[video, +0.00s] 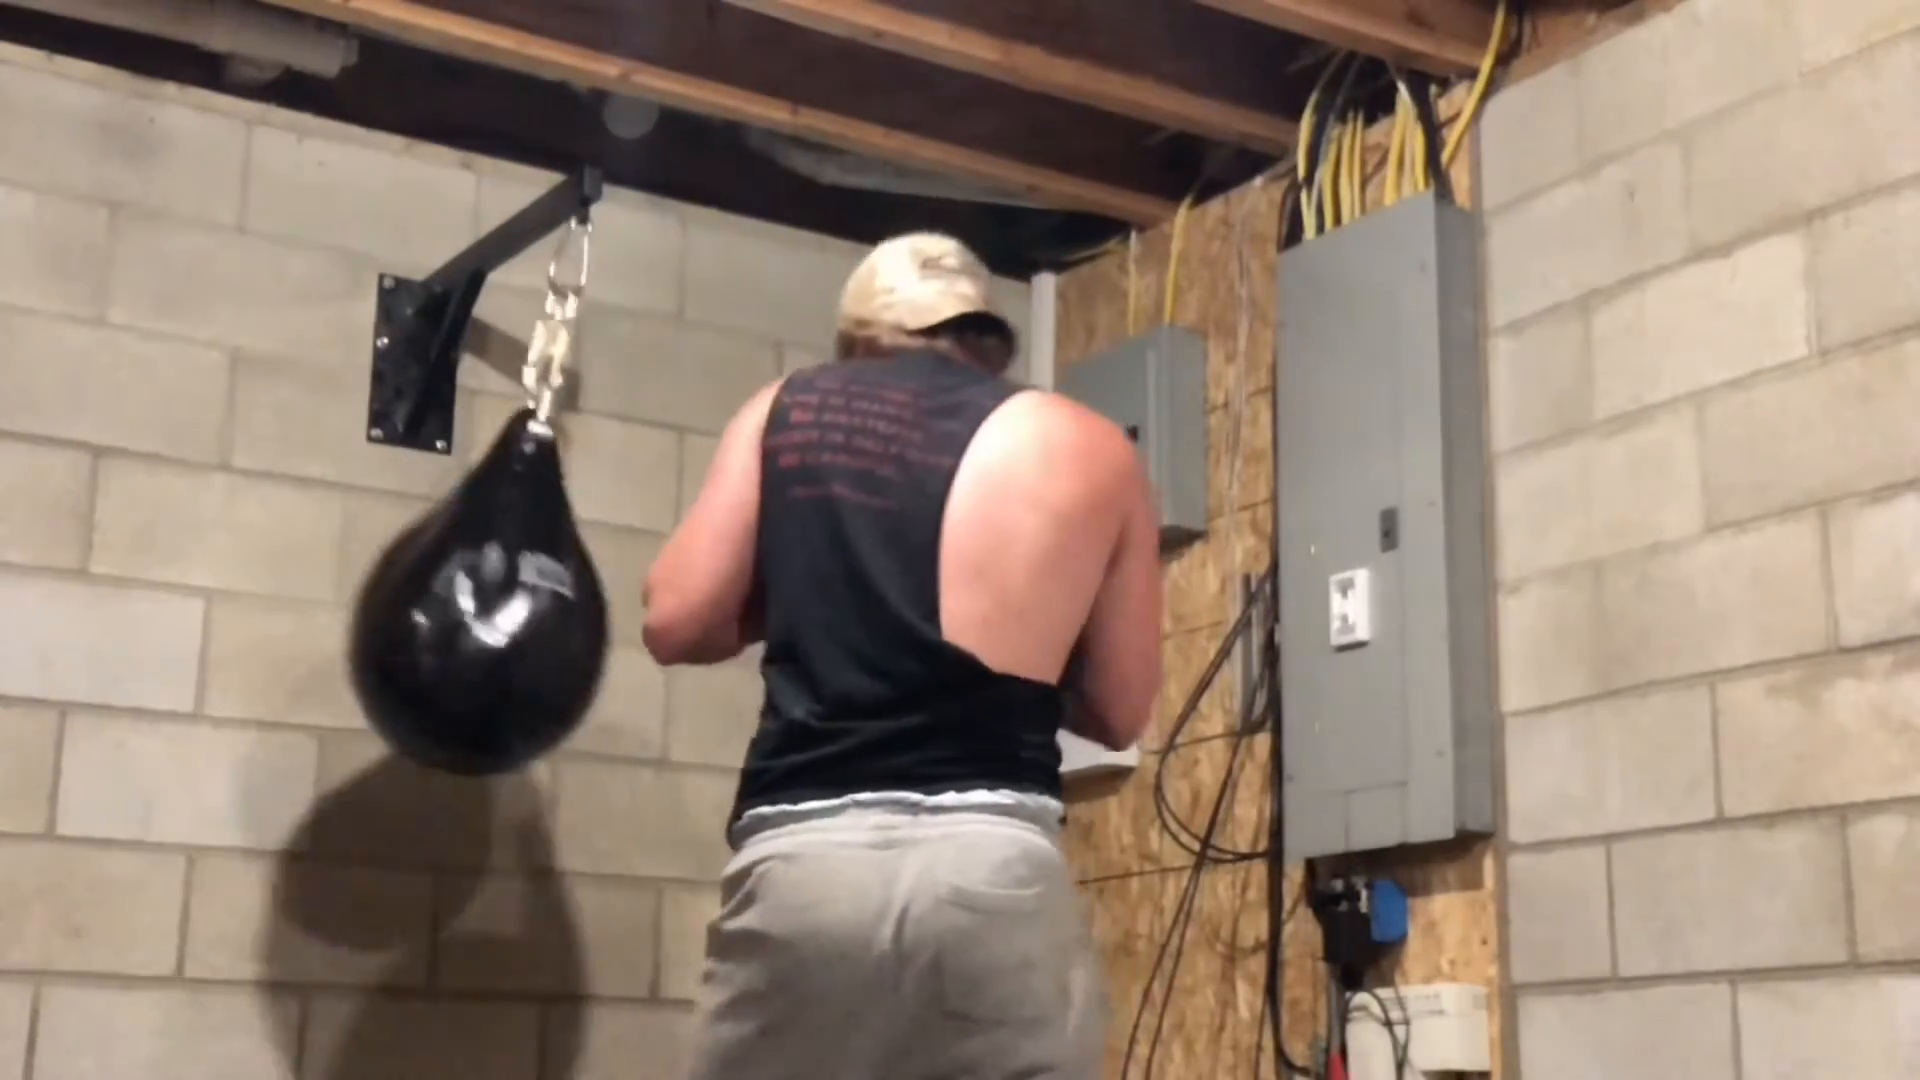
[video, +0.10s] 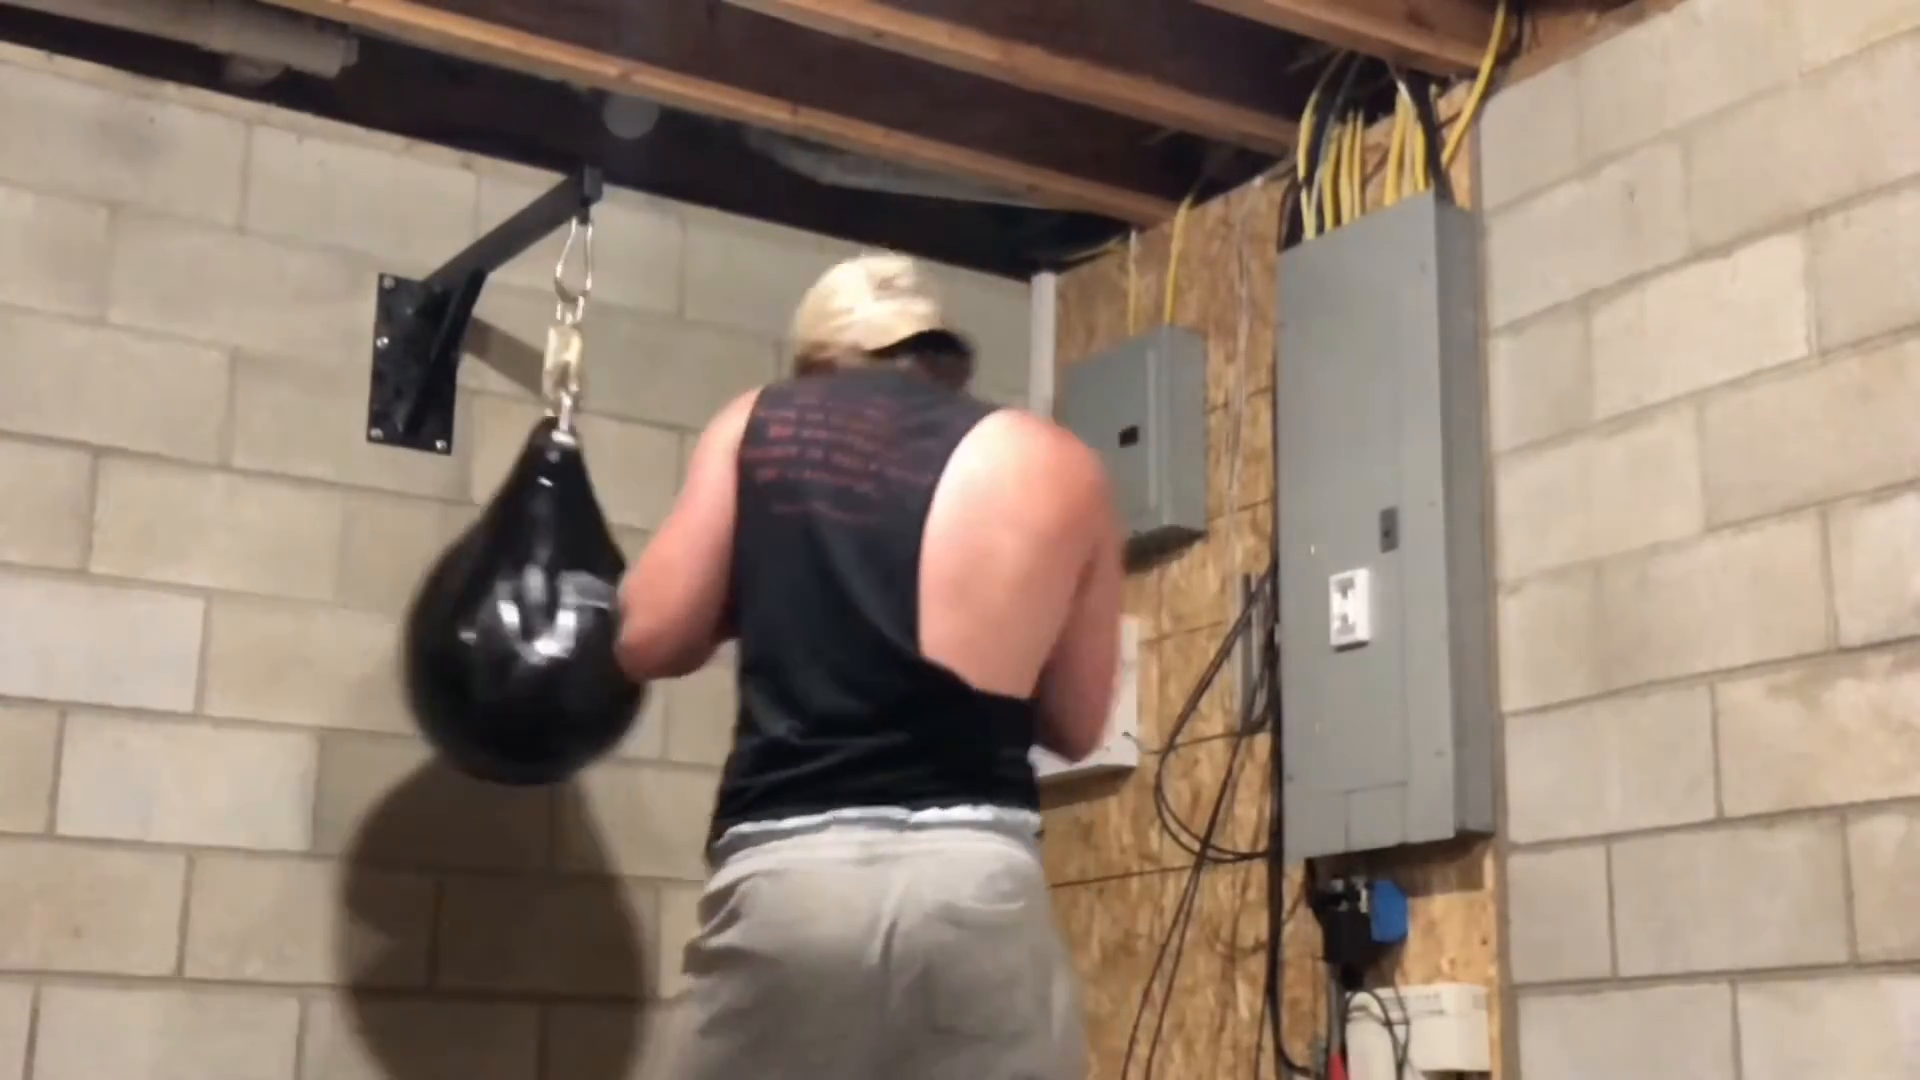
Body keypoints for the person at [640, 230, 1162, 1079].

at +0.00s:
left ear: (854, 339)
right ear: (991, 342)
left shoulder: (778, 412)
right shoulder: (1096, 448)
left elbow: (674, 625)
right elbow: (1119, 711)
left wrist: (798, 578)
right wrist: (1003, 630)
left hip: (802, 868)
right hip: (1003, 872)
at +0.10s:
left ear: (810, 356)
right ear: (947, 357)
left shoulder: (752, 426)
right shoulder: (1062, 466)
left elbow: (648, 639)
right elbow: (1075, 726)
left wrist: (764, 576)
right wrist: (962, 619)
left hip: (783, 884)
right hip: (985, 891)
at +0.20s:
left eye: (739, 392)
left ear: (754, 382)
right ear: (883, 381)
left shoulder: (718, 437)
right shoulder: (1007, 485)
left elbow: (609, 657)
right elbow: (1009, 743)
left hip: (765, 914)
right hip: (965, 914)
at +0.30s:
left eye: (677, 411)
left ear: (695, 402)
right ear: (811, 397)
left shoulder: (684, 449)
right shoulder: (945, 499)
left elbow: (576, 664)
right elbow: (943, 711)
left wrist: (579, 569)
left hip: (757, 924)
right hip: (946, 926)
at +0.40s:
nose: (611, 480)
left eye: (617, 462)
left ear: (639, 437)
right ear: (744, 431)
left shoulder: (656, 475)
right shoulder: (881, 531)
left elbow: (577, 680)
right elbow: (913, 702)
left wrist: (521, 648)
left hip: (765, 925)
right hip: (938, 935)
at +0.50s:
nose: (586, 522)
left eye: (589, 509)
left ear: (601, 488)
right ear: (696, 469)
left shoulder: (633, 513)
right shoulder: (840, 567)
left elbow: (587, 713)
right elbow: (889, 710)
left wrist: (500, 708)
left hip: (763, 930)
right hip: (936, 946)